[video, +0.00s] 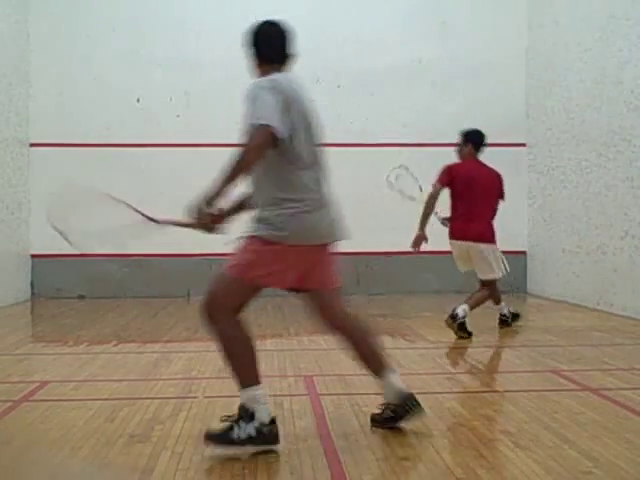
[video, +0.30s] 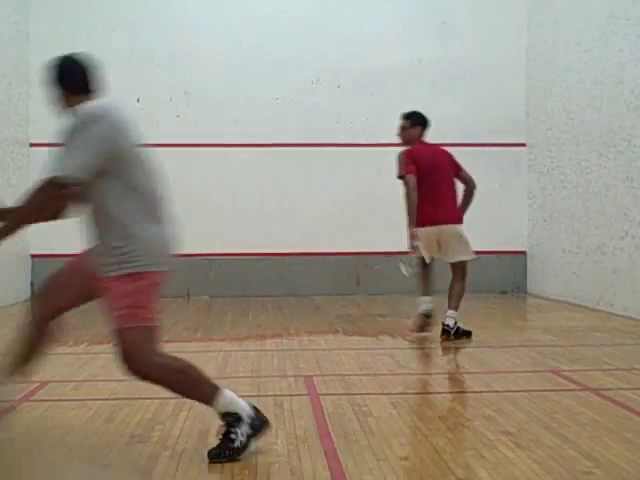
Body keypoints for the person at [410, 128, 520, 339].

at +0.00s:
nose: (457, 150)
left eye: (460, 146)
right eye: (458, 146)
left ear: (469, 147)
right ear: (478, 149)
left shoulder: (453, 170)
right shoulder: (494, 176)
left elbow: (433, 197)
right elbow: (491, 212)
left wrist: (421, 230)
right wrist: (454, 219)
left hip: (458, 238)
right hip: (483, 239)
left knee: (487, 277)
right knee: (489, 287)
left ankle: (504, 312)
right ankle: (460, 313)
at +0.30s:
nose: (399, 132)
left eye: (404, 128)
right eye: (400, 127)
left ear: (418, 129)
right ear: (421, 130)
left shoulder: (407, 155)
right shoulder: (442, 153)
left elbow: (412, 187)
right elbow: (470, 185)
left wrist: (411, 227)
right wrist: (459, 214)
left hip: (424, 224)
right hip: (451, 222)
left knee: (423, 262)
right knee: (459, 272)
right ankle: (450, 321)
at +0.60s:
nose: (339, 113)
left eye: (343, 109)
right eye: (340, 108)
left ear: (357, 110)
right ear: (361, 110)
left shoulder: (347, 136)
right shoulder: (380, 136)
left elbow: (350, 169)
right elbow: (410, 164)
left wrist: (334, 203)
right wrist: (406, 201)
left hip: (360, 209)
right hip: (386, 206)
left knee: (365, 266)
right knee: (397, 259)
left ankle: (378, 322)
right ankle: (413, 315)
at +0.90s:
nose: (272, 134)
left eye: (274, 129)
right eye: (273, 129)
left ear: (282, 130)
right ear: (291, 131)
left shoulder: (285, 155)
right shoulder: (307, 155)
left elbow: (281, 194)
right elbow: (320, 193)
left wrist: (261, 229)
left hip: (302, 225)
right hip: (325, 225)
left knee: (261, 262)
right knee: (342, 278)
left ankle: (242, 319)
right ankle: (367, 327)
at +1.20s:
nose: (181, 149)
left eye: (182, 144)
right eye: (182, 144)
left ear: (187, 145)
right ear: (201, 143)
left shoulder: (203, 164)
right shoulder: (205, 163)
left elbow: (198, 206)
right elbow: (198, 207)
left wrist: (173, 224)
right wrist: (179, 228)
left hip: (229, 227)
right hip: (235, 226)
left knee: (191, 269)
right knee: (200, 269)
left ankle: (208, 327)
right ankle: (235, 307)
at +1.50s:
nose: (121, 167)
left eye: (122, 163)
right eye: (120, 163)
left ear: (127, 161)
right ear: (136, 159)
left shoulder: (146, 175)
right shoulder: (131, 181)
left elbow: (118, 199)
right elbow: (107, 197)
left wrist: (92, 212)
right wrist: (115, 168)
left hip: (175, 237)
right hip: (162, 237)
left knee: (145, 284)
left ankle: (197, 319)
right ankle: (107, 325)